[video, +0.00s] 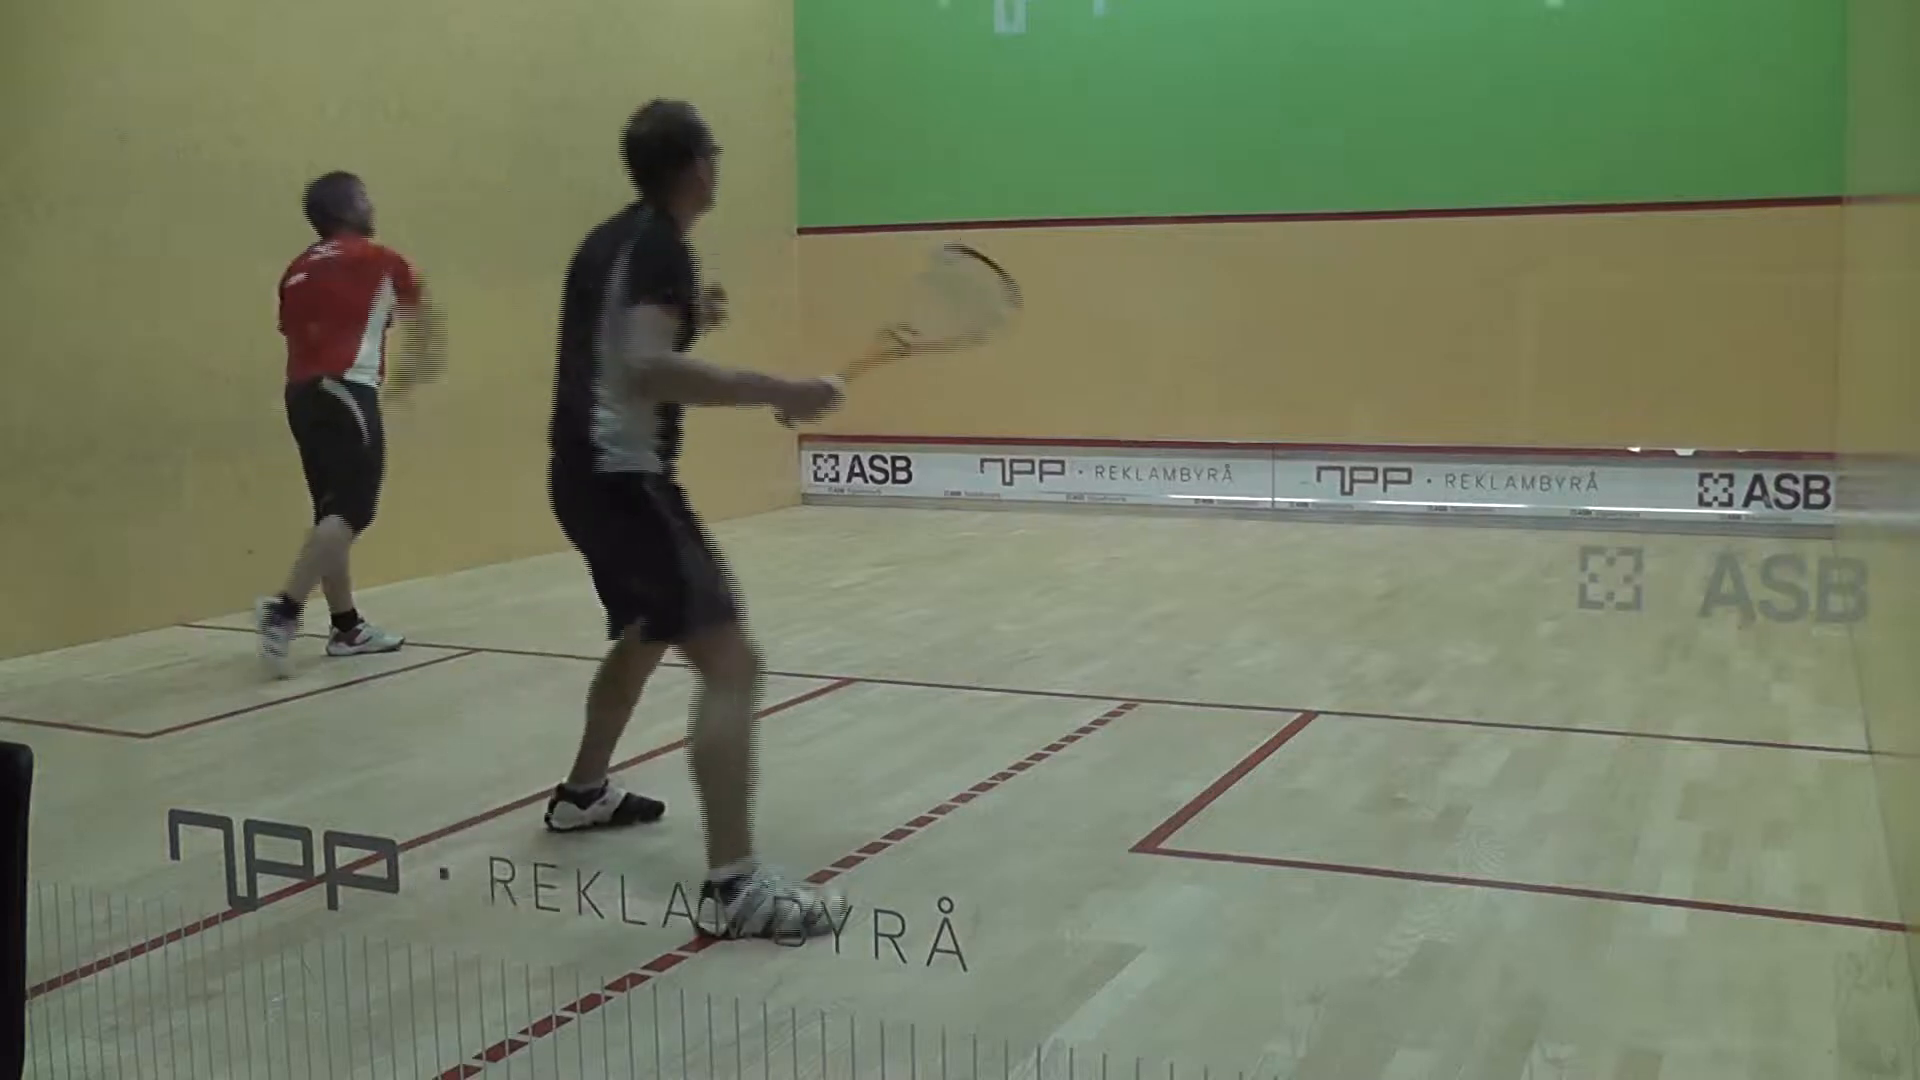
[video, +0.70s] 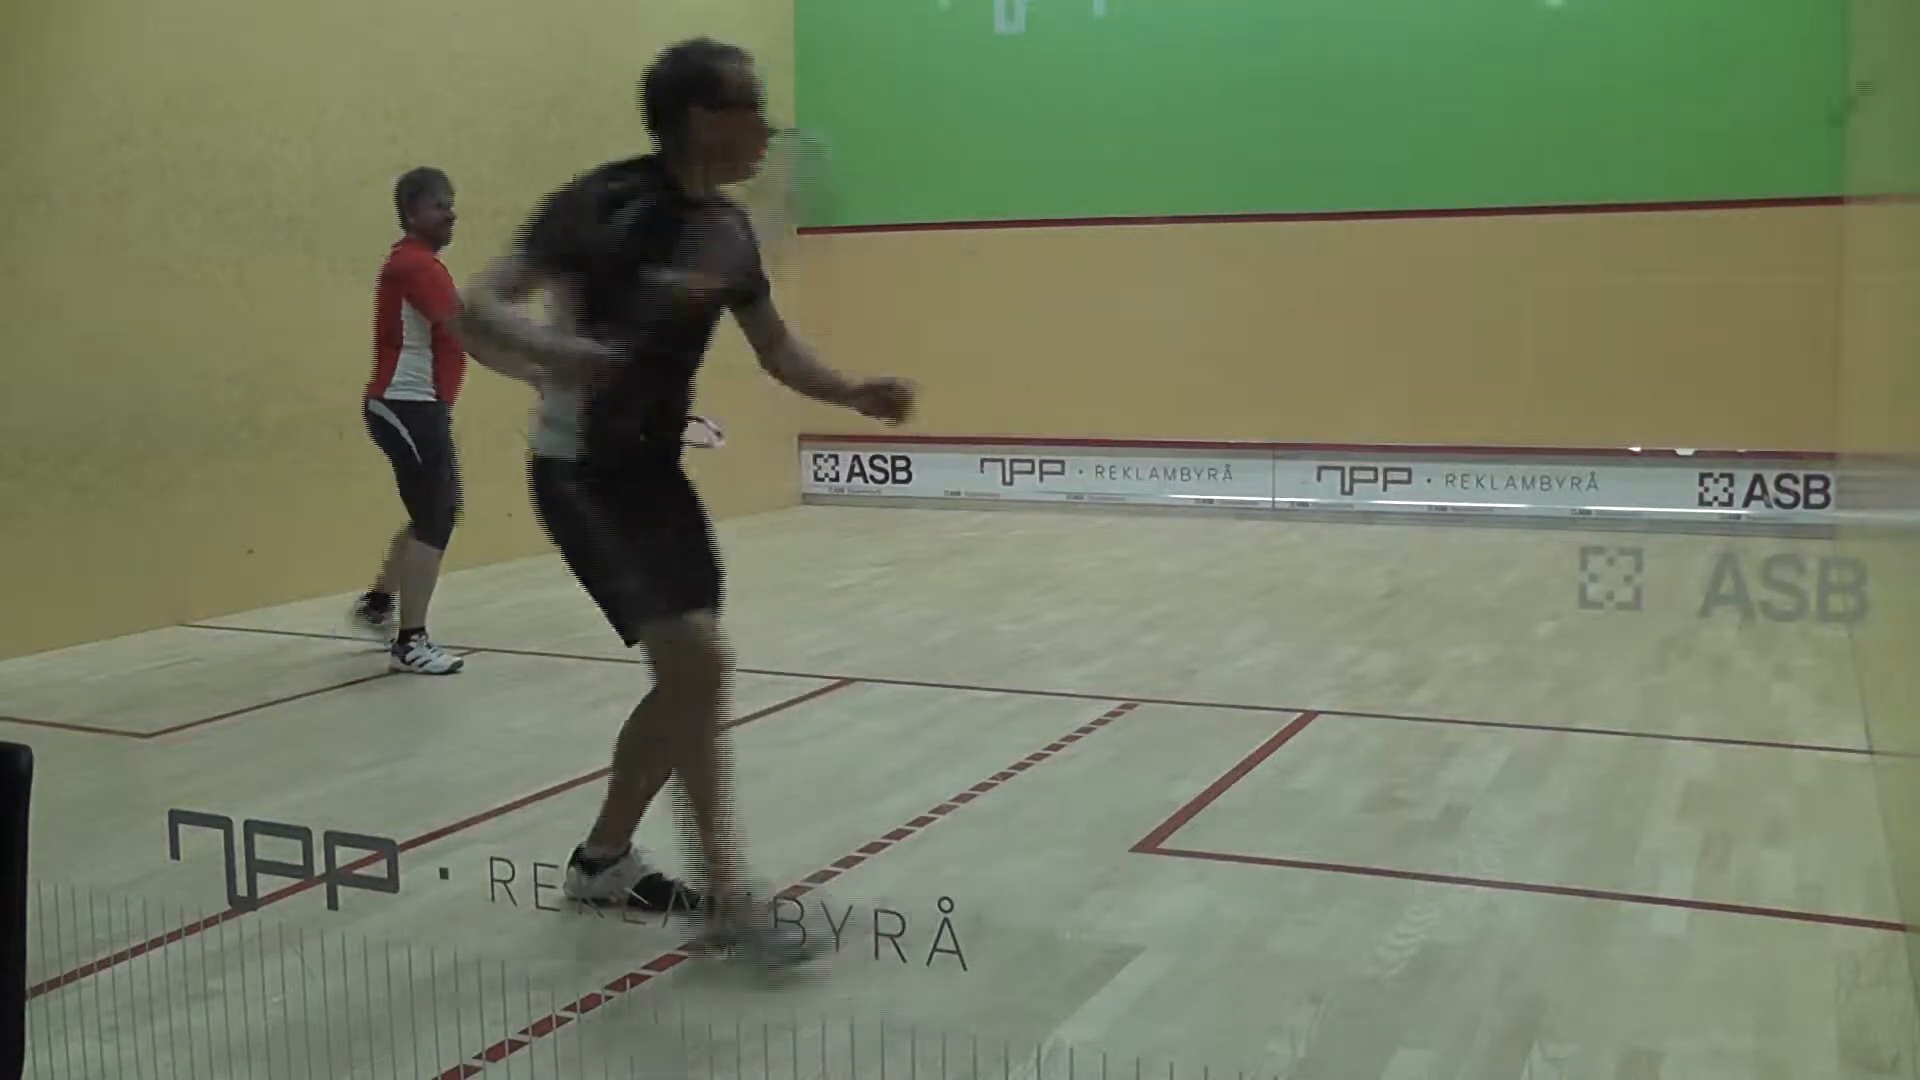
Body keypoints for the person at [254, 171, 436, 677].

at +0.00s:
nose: (372, 205)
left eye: (367, 196)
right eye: (364, 198)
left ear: (321, 218)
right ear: (353, 209)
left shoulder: (297, 269)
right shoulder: (384, 261)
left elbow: (294, 334)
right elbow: (422, 318)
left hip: (300, 393)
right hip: (346, 390)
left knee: (330, 510)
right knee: (353, 509)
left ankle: (346, 627)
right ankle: (282, 610)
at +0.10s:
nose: (397, 224)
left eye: (394, 215)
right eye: (392, 216)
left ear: (345, 225)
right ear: (378, 223)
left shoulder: (307, 266)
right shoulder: (400, 278)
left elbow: (283, 340)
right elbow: (390, 355)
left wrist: (336, 333)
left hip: (308, 391)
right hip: (357, 389)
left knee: (337, 505)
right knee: (372, 499)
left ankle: (347, 624)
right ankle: (330, 610)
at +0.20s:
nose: (407, 230)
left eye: (405, 221)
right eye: (403, 222)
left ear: (355, 226)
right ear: (391, 226)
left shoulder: (313, 265)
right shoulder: (407, 278)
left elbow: (280, 333)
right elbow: (404, 358)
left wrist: (332, 341)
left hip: (312, 391)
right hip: (364, 389)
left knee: (338, 511)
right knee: (378, 502)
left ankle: (342, 626)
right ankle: (366, 611)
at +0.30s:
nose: (417, 225)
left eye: (415, 215)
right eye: (412, 216)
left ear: (366, 222)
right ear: (394, 220)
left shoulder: (324, 265)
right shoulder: (412, 274)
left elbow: (290, 331)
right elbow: (433, 357)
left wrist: (319, 355)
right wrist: (430, 414)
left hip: (318, 394)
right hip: (368, 392)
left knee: (343, 508)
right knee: (404, 501)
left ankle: (345, 627)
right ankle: (407, 617)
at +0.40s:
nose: (423, 219)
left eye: (421, 210)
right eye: (416, 210)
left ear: (371, 217)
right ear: (393, 216)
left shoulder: (334, 264)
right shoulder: (415, 271)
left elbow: (310, 339)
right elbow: (447, 351)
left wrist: (349, 375)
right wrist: (472, 407)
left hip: (329, 398)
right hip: (376, 397)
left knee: (351, 509)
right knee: (419, 507)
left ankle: (346, 628)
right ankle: (417, 631)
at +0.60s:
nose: (437, 214)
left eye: (436, 205)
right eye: (426, 206)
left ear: (398, 216)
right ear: (396, 213)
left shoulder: (380, 262)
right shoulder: (414, 266)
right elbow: (473, 337)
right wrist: (535, 379)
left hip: (369, 405)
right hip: (397, 407)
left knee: (384, 515)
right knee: (434, 519)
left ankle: (352, 625)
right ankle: (412, 641)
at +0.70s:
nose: (449, 214)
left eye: (451, 205)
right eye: (438, 206)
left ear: (448, 210)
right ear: (408, 213)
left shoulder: (421, 264)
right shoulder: (416, 267)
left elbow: (472, 334)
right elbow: (470, 337)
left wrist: (536, 361)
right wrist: (535, 370)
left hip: (419, 403)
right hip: (406, 406)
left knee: (439, 512)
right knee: (434, 518)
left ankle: (377, 601)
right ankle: (411, 642)